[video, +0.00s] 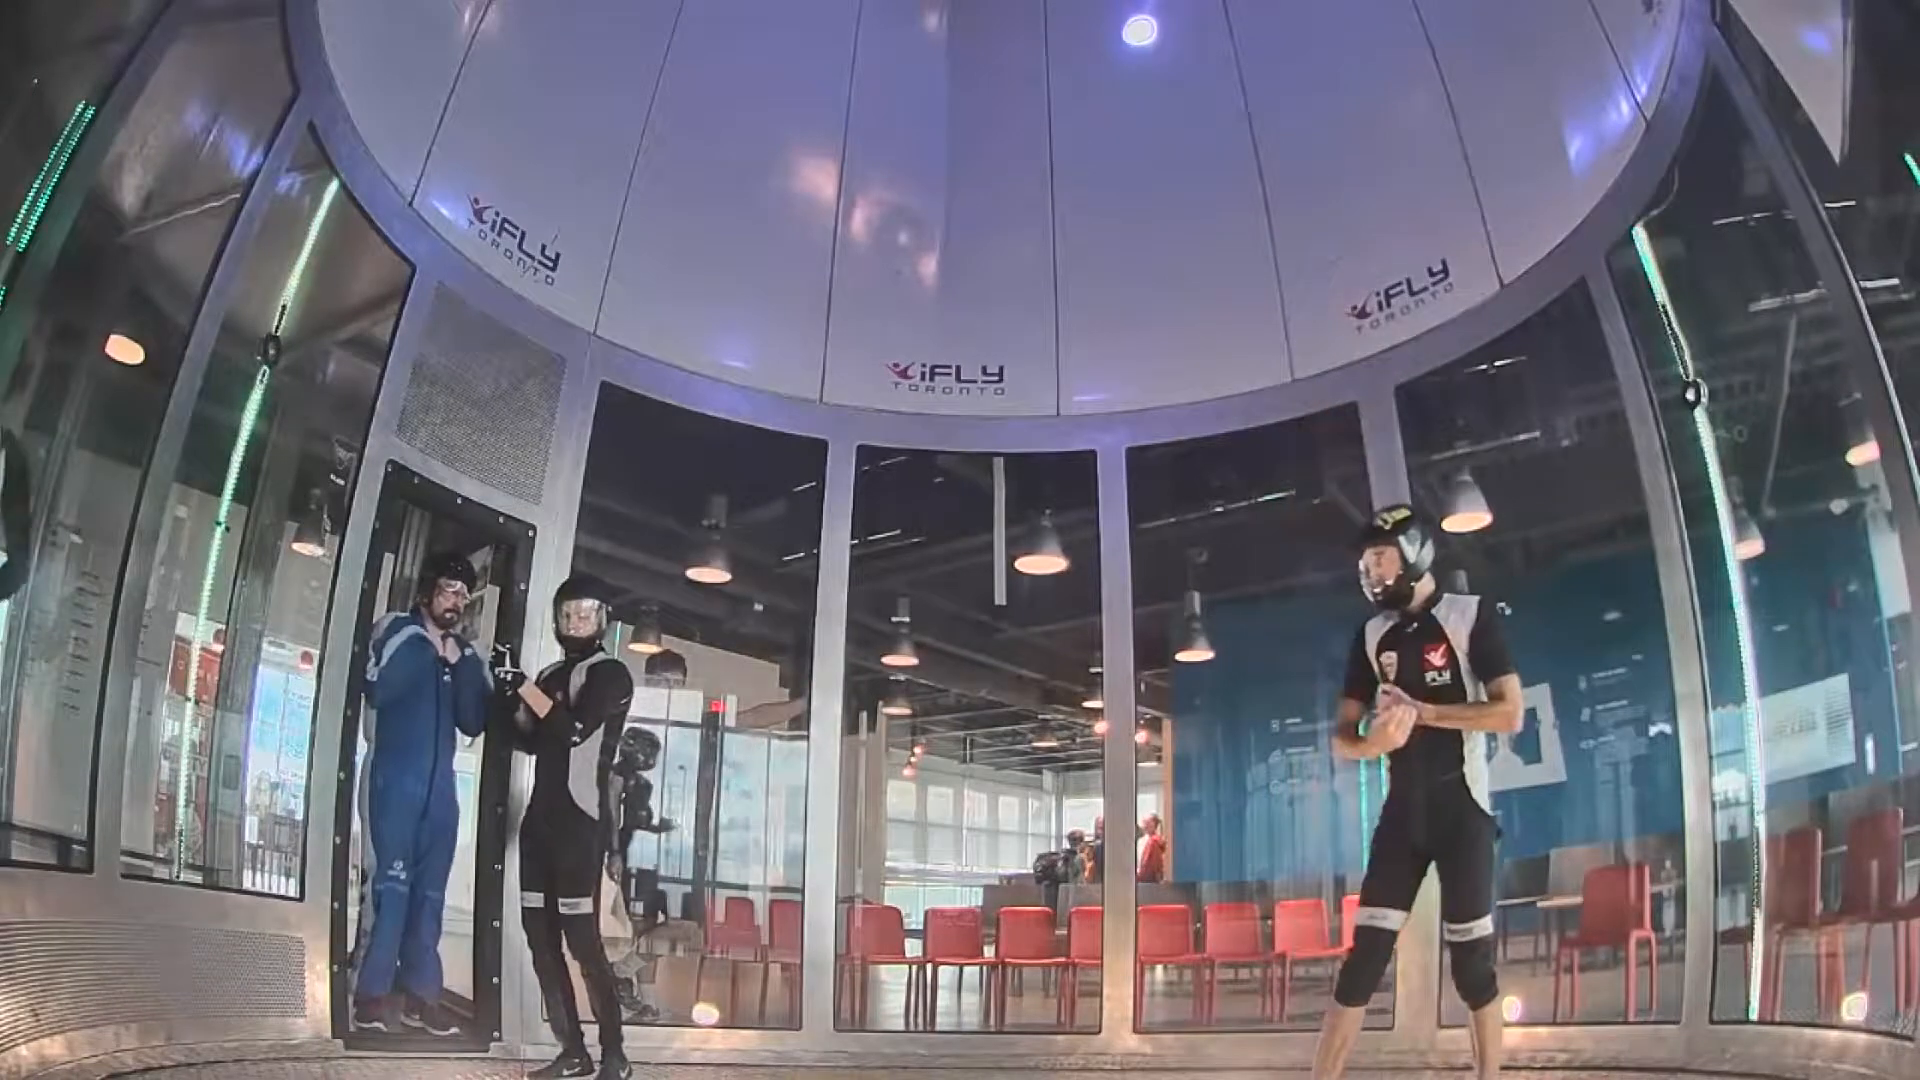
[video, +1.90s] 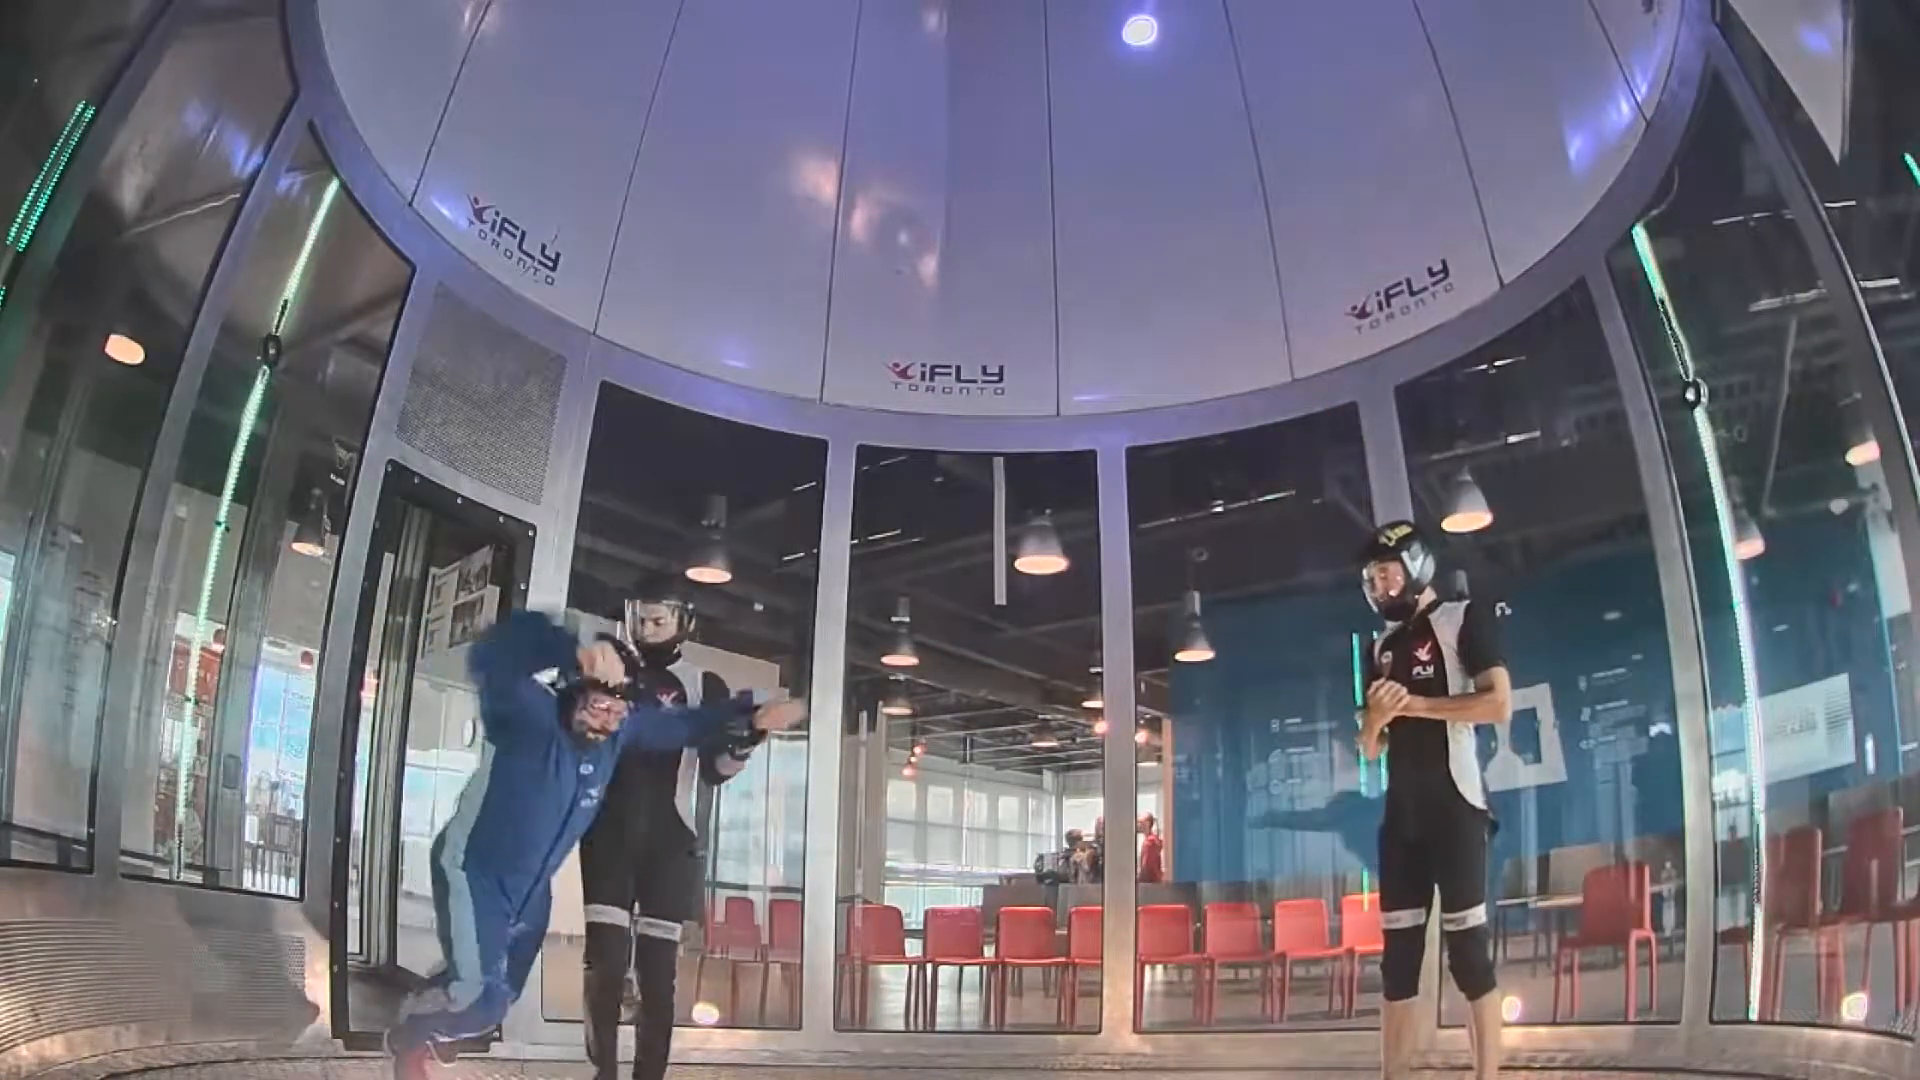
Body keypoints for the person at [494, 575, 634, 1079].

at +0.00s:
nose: (579, 620)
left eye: (588, 612)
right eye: (571, 612)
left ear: (603, 618)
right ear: (557, 618)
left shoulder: (611, 674)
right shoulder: (550, 676)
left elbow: (571, 733)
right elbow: (530, 740)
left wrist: (523, 682)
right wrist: (506, 691)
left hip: (580, 819)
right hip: (540, 815)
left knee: (581, 935)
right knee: (540, 933)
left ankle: (613, 1053)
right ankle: (573, 1051)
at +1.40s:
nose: (595, 629)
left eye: (606, 622)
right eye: (593, 620)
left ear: (632, 627)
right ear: (591, 625)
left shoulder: (644, 689)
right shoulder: (577, 686)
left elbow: (613, 763)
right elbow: (556, 749)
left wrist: (553, 732)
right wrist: (527, 725)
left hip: (600, 825)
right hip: (556, 817)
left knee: (576, 941)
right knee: (551, 943)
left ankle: (618, 1051)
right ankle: (578, 1058)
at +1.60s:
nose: (612, 629)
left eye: (622, 620)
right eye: (606, 620)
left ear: (647, 625)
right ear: (599, 625)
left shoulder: (663, 681)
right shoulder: (590, 680)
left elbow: (660, 764)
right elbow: (555, 728)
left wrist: (608, 759)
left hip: (621, 826)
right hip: (568, 819)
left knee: (622, 946)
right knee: (551, 944)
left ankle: (640, 1067)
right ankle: (575, 1053)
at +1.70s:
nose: (626, 631)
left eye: (637, 623)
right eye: (619, 621)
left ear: (658, 628)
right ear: (610, 625)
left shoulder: (679, 690)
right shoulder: (594, 681)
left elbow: (702, 754)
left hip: (646, 832)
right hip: (587, 825)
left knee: (645, 958)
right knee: (563, 955)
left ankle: (650, 1070)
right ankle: (576, 1038)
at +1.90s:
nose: (652, 629)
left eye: (662, 620)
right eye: (644, 620)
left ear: (683, 622)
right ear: (631, 621)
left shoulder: (706, 685)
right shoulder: (609, 670)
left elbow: (715, 770)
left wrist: (747, 741)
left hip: (671, 842)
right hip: (608, 836)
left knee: (657, 971)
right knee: (607, 965)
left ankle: (650, 1073)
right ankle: (605, 1071)